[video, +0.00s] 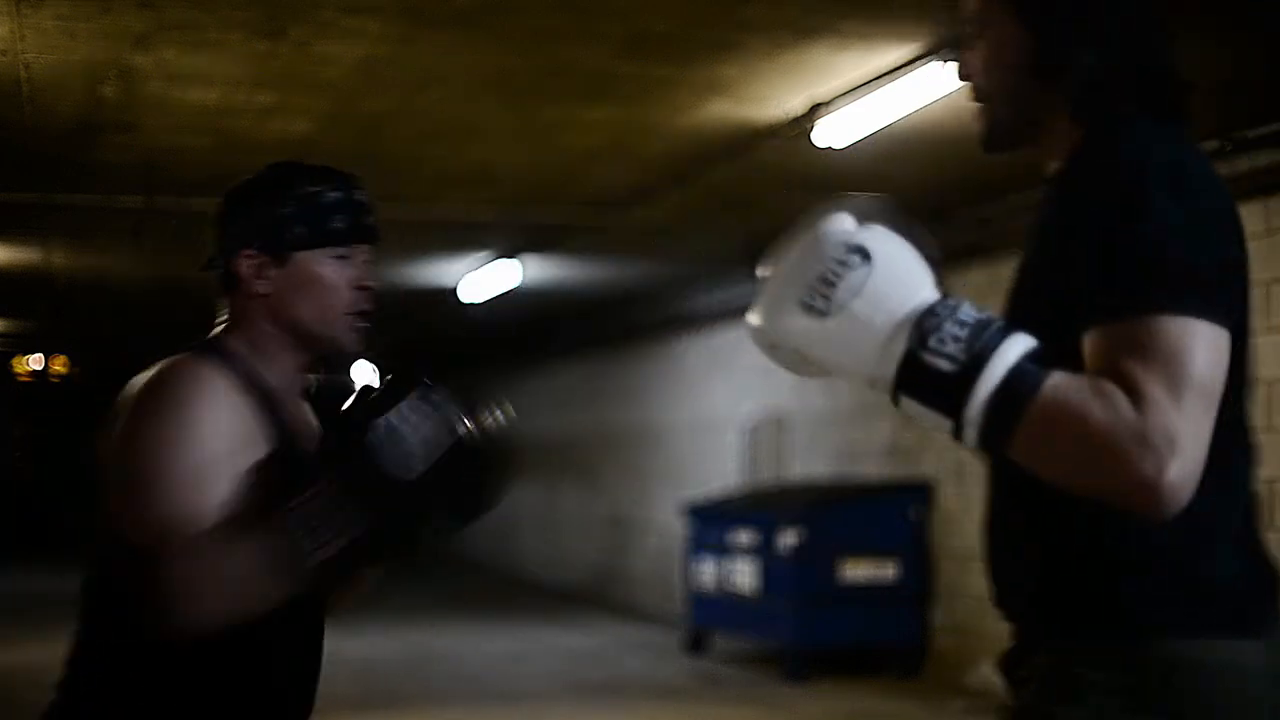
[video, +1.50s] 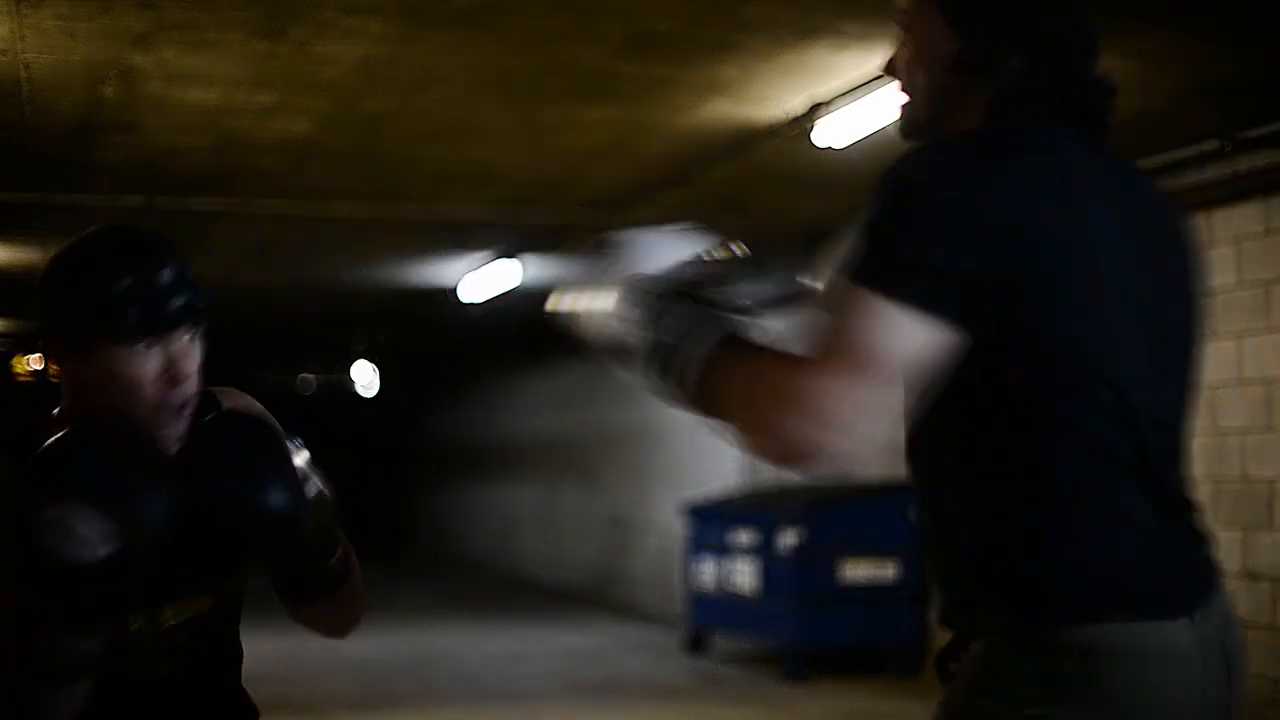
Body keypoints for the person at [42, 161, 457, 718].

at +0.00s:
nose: (368, 281)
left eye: (365, 260)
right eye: (342, 257)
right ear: (259, 272)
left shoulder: (293, 407)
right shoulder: (192, 398)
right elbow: (184, 596)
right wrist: (354, 493)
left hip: (251, 716)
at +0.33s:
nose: (240, 253)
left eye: (239, 234)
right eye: (208, 231)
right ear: (122, 256)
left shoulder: (228, 394)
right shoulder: (35, 390)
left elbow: (281, 605)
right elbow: (18, 626)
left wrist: (314, 483)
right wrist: (114, 506)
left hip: (178, 701)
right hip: (52, 708)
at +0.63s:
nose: (319, 286)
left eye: (313, 263)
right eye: (289, 261)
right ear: (203, 280)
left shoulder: (223, 409)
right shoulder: (120, 413)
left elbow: (315, 609)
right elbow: (211, 624)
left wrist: (365, 465)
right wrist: (291, 462)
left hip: (188, 710)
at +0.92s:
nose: (224, 362)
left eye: (237, 329)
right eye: (189, 338)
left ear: (257, 332)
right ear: (132, 348)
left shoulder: (283, 434)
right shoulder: (56, 465)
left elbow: (383, 609)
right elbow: (65, 694)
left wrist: (343, 479)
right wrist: (120, 561)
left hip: (237, 704)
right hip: (106, 715)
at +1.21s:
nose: (347, 371)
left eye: (352, 351)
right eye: (336, 343)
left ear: (270, 330)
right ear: (269, 330)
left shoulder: (150, 417)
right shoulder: (196, 432)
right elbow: (249, 652)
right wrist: (338, 515)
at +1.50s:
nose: (183, 368)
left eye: (190, 335)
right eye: (148, 345)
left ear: (204, 335)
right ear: (74, 364)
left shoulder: (231, 440)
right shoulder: (43, 491)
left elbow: (337, 618)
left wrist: (295, 501)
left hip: (218, 706)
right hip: (95, 716)